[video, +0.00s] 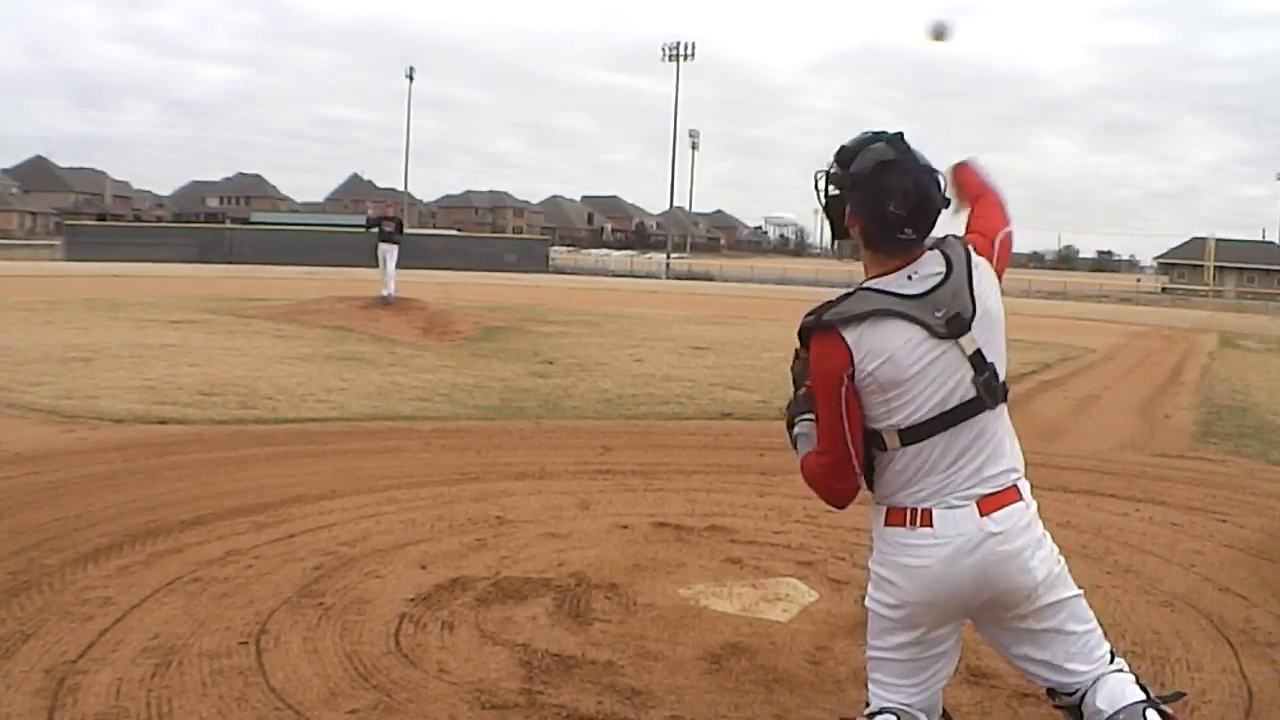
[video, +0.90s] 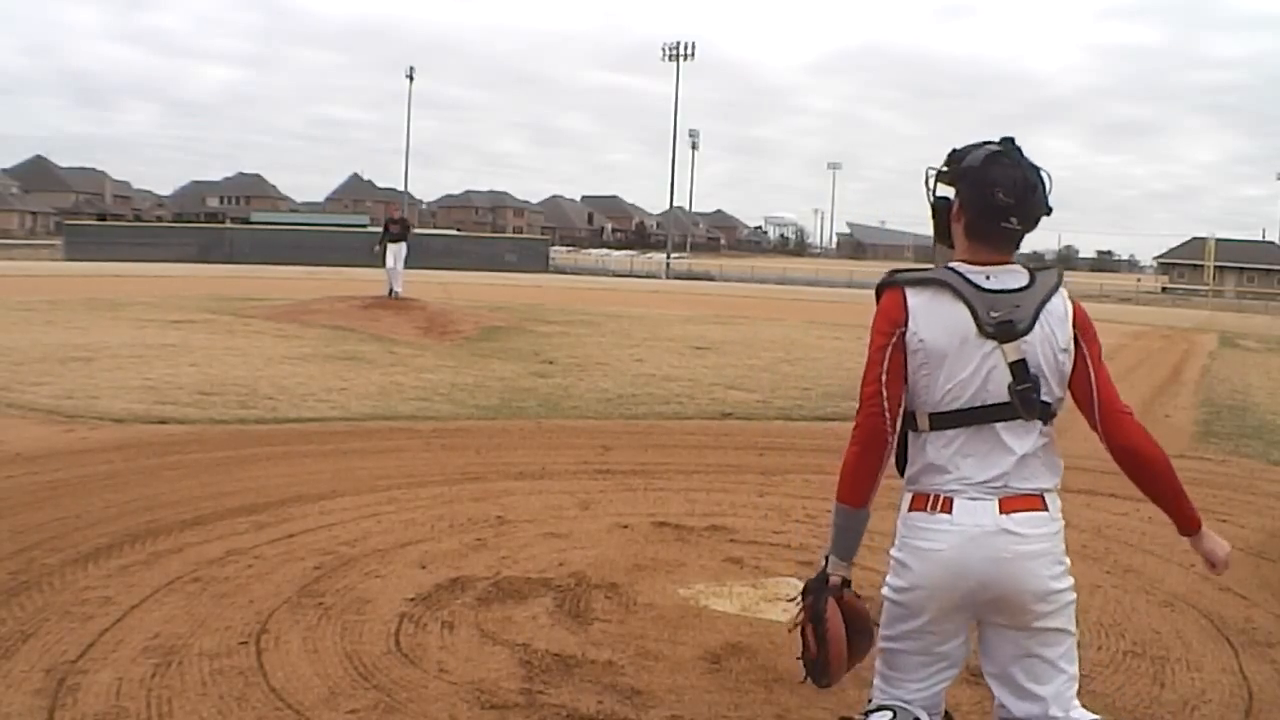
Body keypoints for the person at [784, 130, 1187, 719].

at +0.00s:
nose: (838, 208)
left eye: (842, 197)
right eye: (842, 195)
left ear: (853, 221)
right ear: (925, 214)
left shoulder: (838, 335)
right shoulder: (973, 262)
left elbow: (837, 486)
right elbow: (990, 214)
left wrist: (802, 415)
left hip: (913, 550)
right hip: (1011, 527)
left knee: (897, 706)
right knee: (1098, 678)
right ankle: (1138, 713)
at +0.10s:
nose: (841, 219)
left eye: (842, 205)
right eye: (843, 203)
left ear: (854, 225)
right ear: (924, 220)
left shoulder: (838, 336)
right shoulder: (962, 280)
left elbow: (836, 484)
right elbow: (879, 284)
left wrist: (788, 414)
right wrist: (796, 269)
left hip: (916, 547)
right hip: (1015, 530)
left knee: (898, 706)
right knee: (1102, 680)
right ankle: (1134, 710)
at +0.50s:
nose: (853, 204)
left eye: (857, 194)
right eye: (857, 193)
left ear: (868, 213)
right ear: (935, 211)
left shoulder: (844, 317)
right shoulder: (965, 278)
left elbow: (845, 455)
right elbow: (901, 328)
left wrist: (798, 502)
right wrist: (808, 353)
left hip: (911, 536)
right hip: (1006, 520)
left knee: (899, 707)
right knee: (1076, 697)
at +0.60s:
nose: (861, 205)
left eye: (865, 194)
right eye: (866, 192)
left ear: (876, 211)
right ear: (945, 213)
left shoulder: (846, 308)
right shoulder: (982, 287)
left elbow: (831, 443)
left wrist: (801, 535)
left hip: (909, 535)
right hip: (1005, 521)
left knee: (899, 705)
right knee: (1085, 689)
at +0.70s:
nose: (878, 204)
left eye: (883, 193)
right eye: (881, 192)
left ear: (891, 208)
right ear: (960, 216)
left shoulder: (854, 306)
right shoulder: (1000, 298)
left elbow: (836, 443)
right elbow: (1032, 435)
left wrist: (810, 565)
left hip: (910, 537)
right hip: (1009, 526)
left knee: (899, 705)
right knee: (1086, 687)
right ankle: (1107, 712)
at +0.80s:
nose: (903, 202)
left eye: (909, 192)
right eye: (907, 190)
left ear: (919, 209)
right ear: (986, 216)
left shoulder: (876, 304)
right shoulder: (1027, 303)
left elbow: (851, 441)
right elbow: (1073, 430)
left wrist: (826, 570)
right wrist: (1112, 523)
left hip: (918, 533)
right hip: (1019, 527)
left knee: (900, 705)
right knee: (1068, 702)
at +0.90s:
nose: (945, 206)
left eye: (948, 197)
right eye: (949, 196)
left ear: (957, 212)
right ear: (1025, 225)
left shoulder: (906, 303)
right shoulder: (1060, 310)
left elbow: (873, 434)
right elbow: (1121, 432)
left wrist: (839, 558)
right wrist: (1195, 528)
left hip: (933, 535)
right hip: (1033, 537)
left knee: (901, 703)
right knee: (1050, 709)